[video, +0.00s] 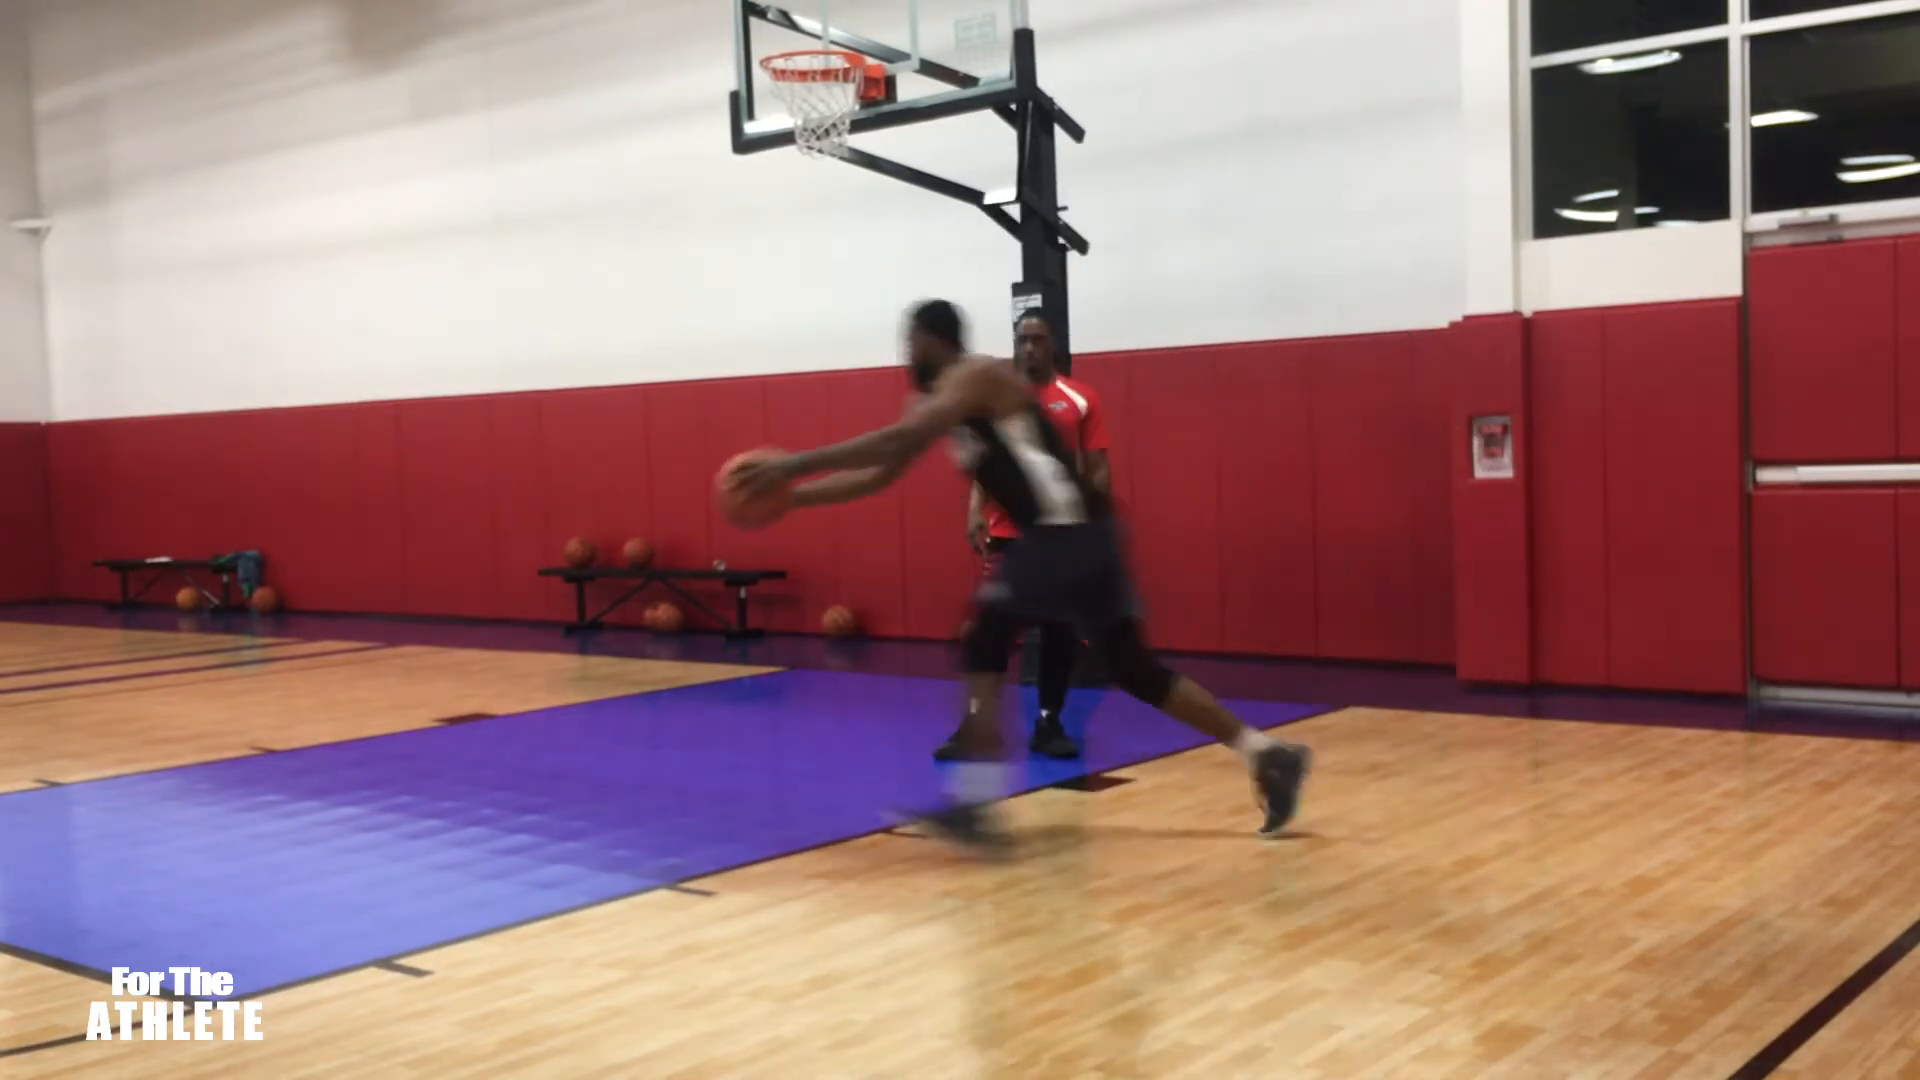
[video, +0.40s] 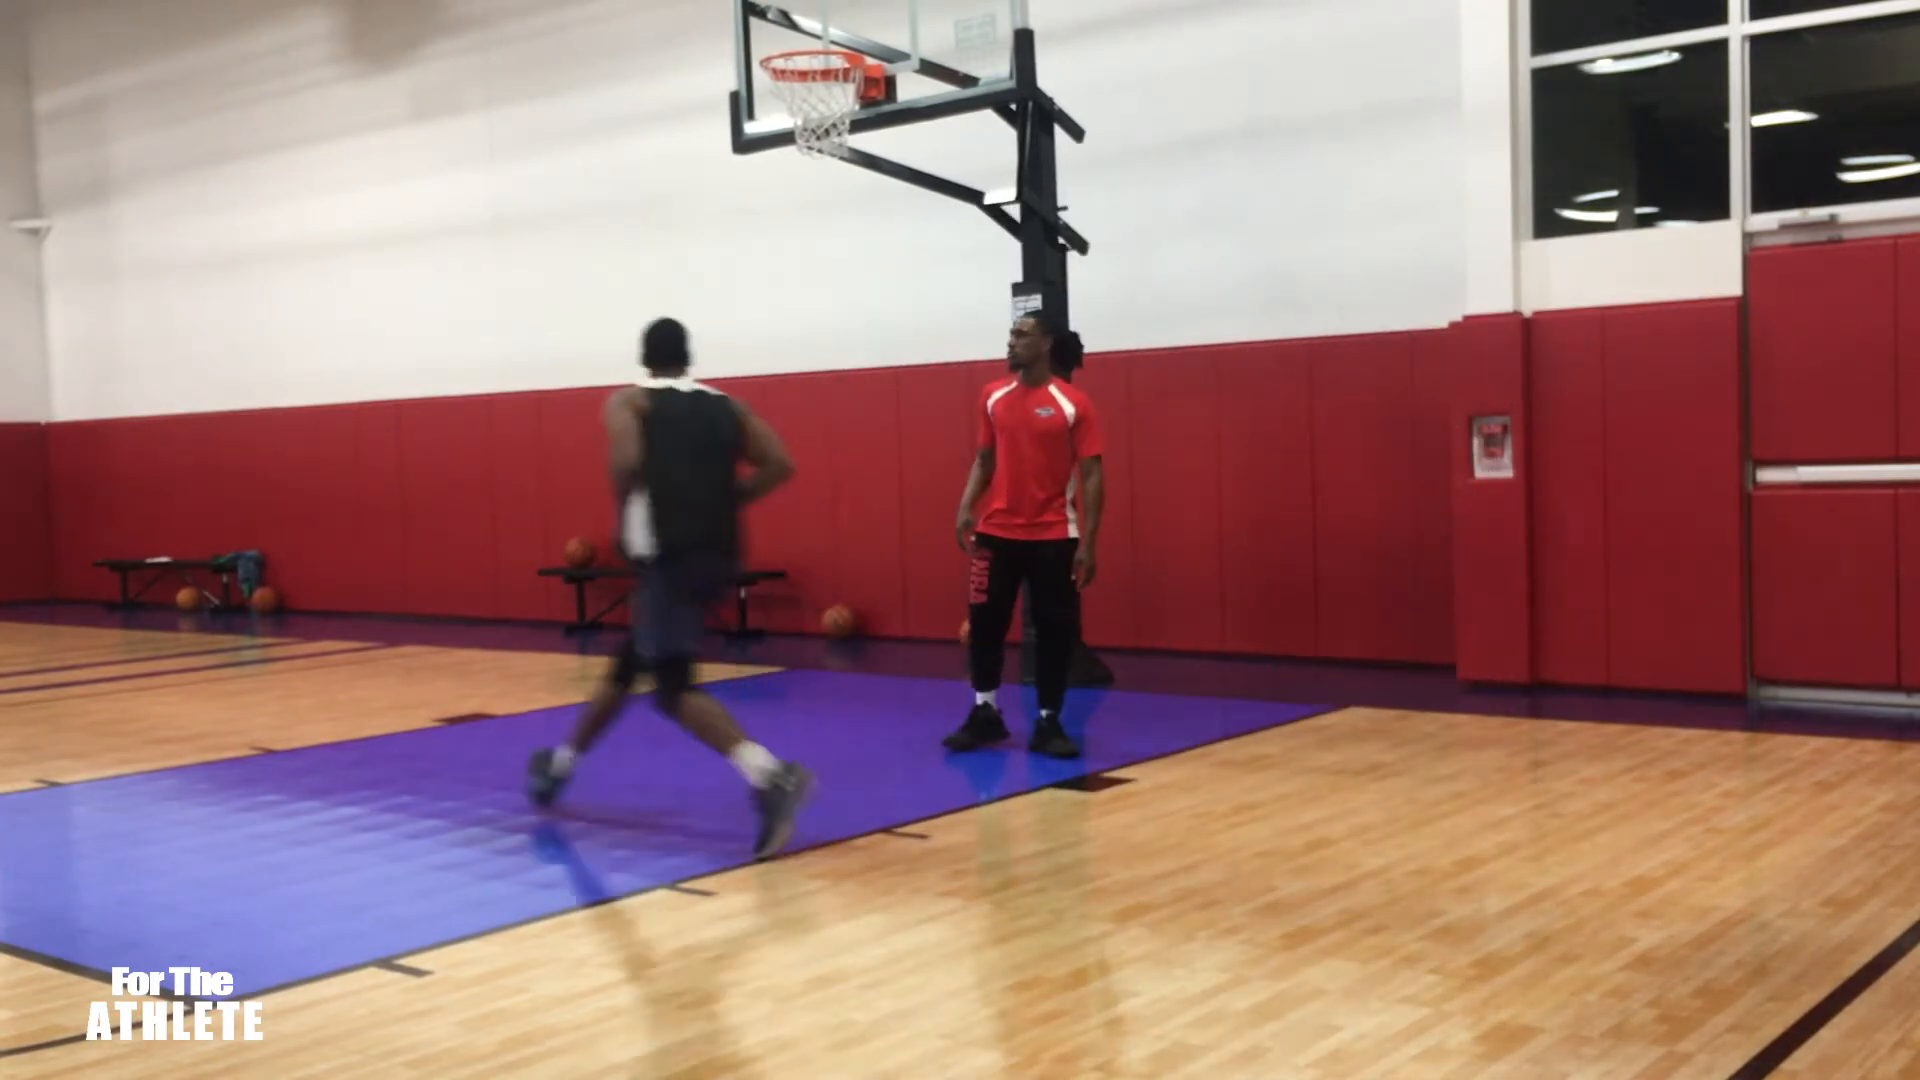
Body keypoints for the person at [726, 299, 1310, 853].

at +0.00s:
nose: (908, 356)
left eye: (912, 344)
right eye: (909, 346)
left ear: (933, 341)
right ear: (949, 341)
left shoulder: (979, 375)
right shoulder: (952, 402)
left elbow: (894, 439)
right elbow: (879, 474)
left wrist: (791, 465)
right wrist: (794, 496)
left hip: (1056, 541)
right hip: (1082, 542)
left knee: (987, 642)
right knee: (1133, 669)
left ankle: (975, 791)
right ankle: (1261, 752)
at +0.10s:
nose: (823, 360)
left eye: (828, 349)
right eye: (826, 349)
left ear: (846, 348)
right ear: (870, 344)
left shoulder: (877, 394)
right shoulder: (901, 388)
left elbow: (832, 478)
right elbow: (837, 493)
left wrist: (743, 504)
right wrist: (762, 521)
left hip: (947, 557)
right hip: (989, 553)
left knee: (867, 656)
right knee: (1011, 685)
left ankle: (842, 818)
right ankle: (1159, 730)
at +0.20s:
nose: (746, 379)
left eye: (748, 368)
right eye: (749, 367)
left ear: (757, 368)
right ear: (791, 364)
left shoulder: (785, 413)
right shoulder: (821, 406)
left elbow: (756, 506)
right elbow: (815, 518)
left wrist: (705, 547)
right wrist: (754, 545)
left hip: (858, 564)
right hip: (892, 559)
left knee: (787, 673)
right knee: (822, 686)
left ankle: (830, 819)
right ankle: (949, 731)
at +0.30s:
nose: (688, 380)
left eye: (688, 372)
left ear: (690, 372)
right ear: (733, 367)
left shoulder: (692, 416)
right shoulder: (768, 409)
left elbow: (696, 489)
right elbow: (834, 480)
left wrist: (683, 555)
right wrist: (781, 511)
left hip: (765, 567)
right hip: (813, 560)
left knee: (739, 696)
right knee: (724, 662)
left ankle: (820, 807)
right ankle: (706, 778)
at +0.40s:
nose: (654, 364)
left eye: (650, 356)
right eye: (670, 355)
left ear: (644, 360)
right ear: (689, 359)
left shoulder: (629, 403)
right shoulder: (723, 407)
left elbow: (627, 463)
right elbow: (779, 466)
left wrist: (621, 518)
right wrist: (730, 499)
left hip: (663, 562)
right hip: (715, 559)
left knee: (673, 691)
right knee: (624, 671)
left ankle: (771, 776)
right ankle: (561, 763)